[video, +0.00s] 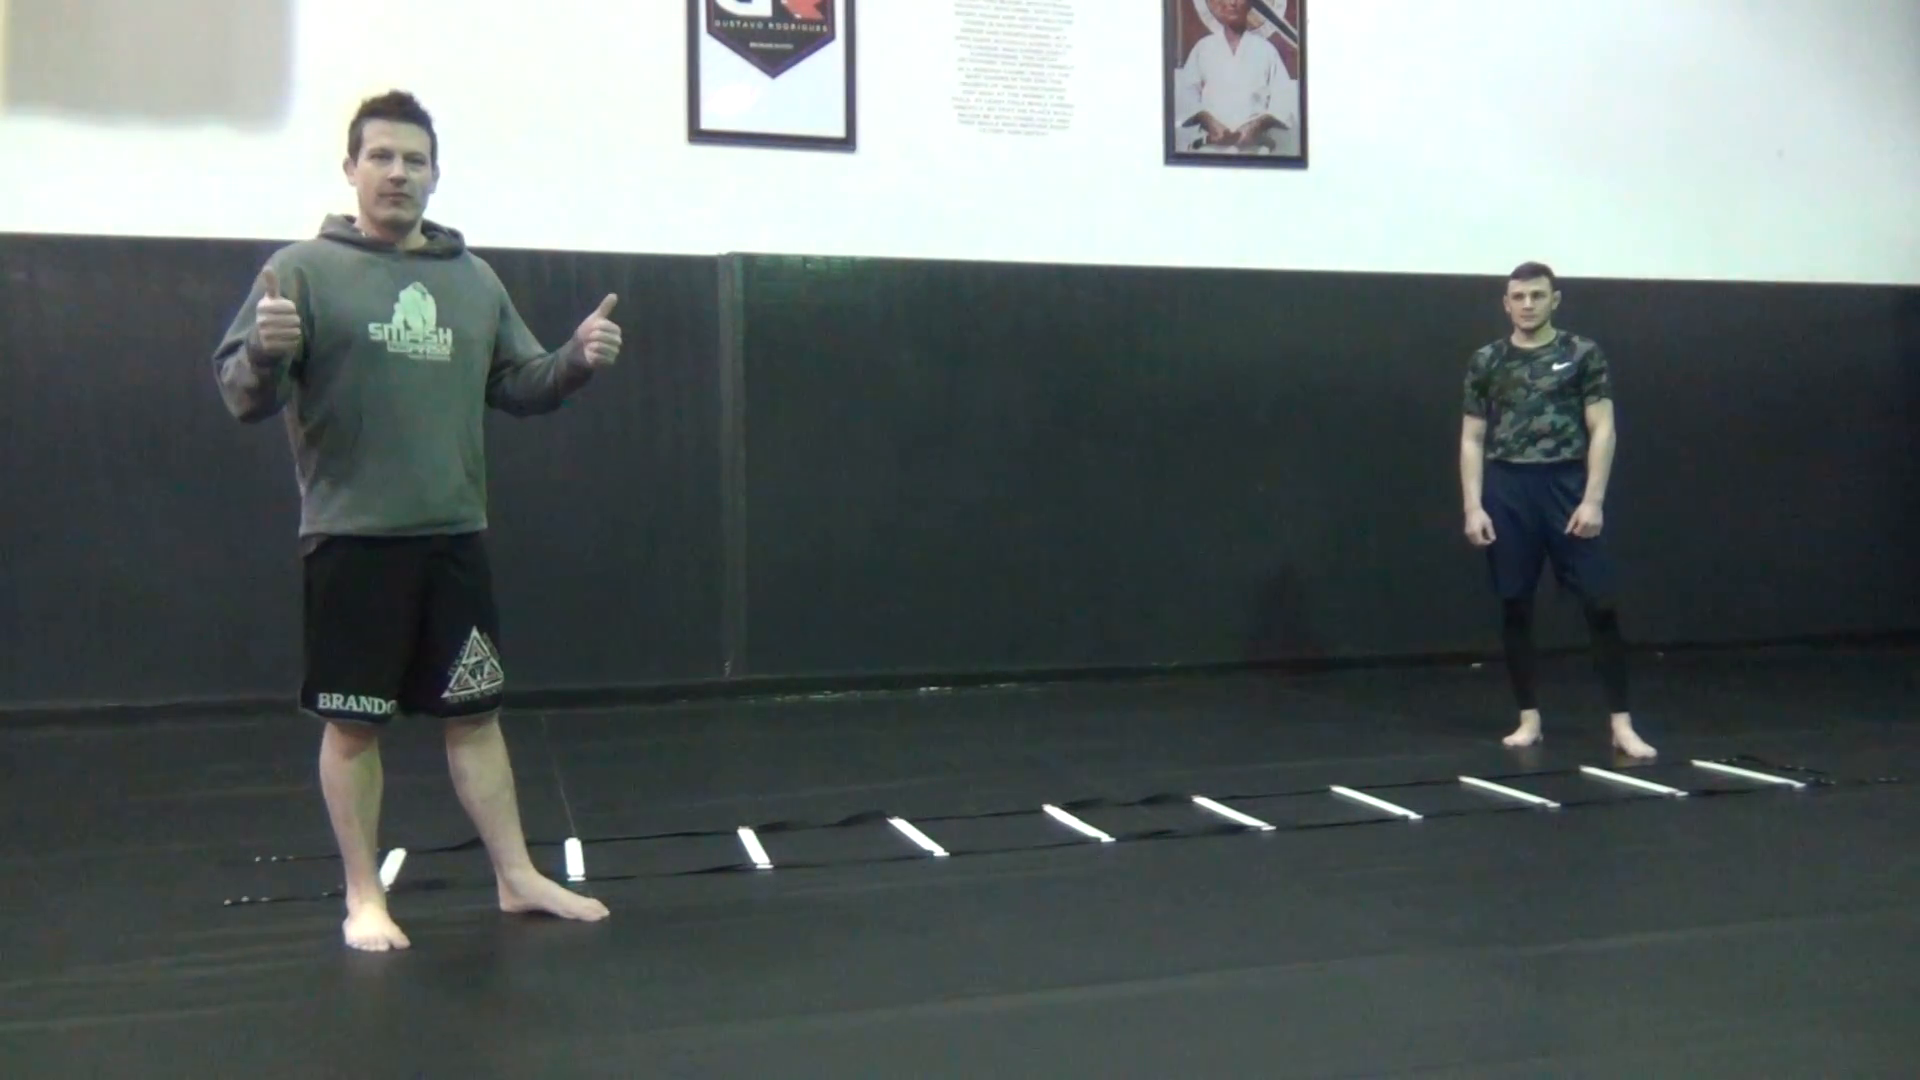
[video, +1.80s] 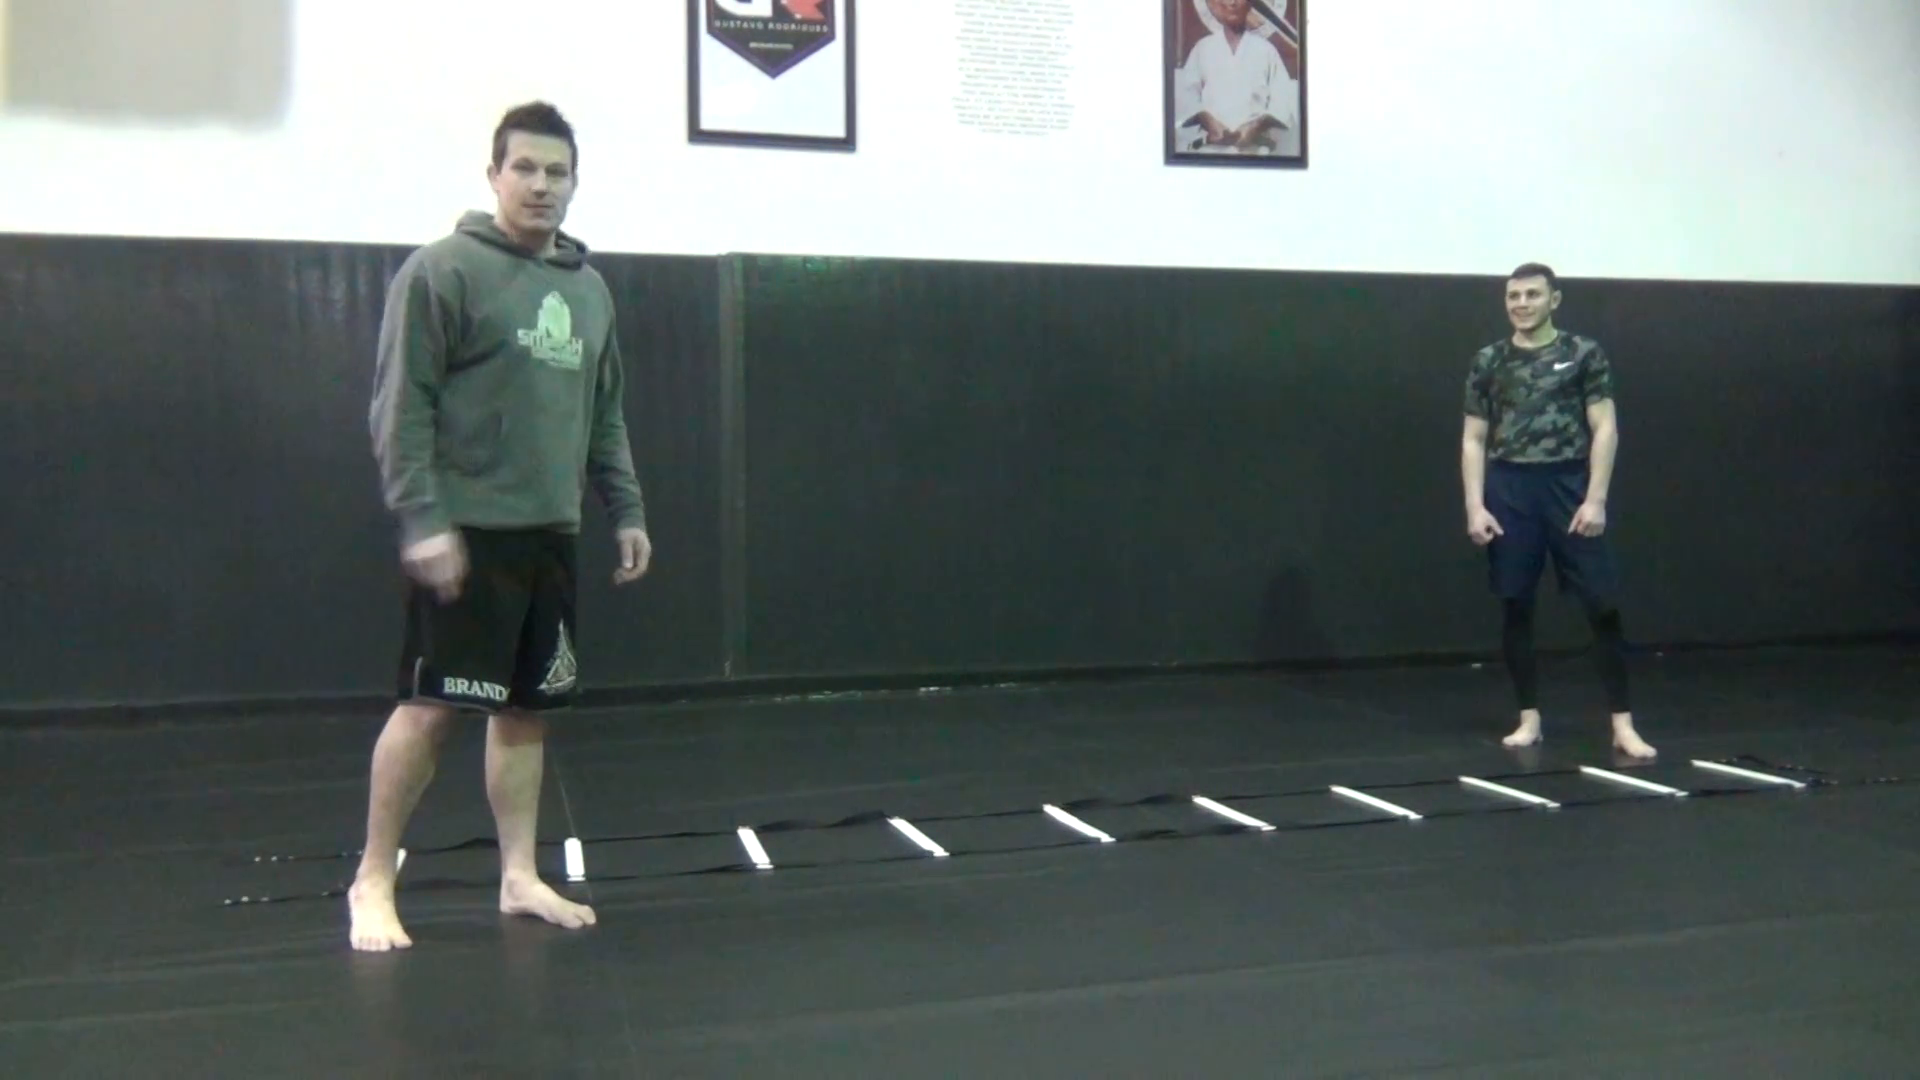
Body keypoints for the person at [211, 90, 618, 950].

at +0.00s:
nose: (396, 173)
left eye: (413, 160)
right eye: (380, 157)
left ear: (435, 174)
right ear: (350, 168)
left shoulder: (474, 279)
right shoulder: (301, 270)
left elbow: (519, 386)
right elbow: (242, 399)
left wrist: (573, 360)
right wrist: (261, 353)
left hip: (454, 530)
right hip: (350, 534)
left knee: (474, 711)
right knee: (352, 724)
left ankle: (518, 877)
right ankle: (364, 903)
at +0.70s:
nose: (514, 187)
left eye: (513, 172)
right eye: (498, 172)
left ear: (467, 179)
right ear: (439, 177)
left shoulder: (518, 278)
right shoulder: (367, 277)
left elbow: (562, 383)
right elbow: (325, 402)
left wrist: (611, 424)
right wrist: (371, 386)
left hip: (521, 527)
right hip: (430, 532)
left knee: (510, 711)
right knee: (404, 719)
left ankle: (519, 878)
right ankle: (369, 899)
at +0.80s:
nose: (526, 189)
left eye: (524, 174)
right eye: (510, 175)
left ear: (476, 183)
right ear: (456, 182)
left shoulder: (522, 278)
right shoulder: (383, 279)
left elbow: (563, 390)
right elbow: (371, 400)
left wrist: (599, 475)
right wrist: (456, 376)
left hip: (530, 527)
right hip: (442, 532)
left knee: (514, 711)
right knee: (411, 718)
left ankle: (518, 878)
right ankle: (369, 896)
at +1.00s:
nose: (538, 195)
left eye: (536, 180)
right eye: (524, 181)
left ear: (485, 186)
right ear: (469, 185)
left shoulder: (524, 274)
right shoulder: (405, 275)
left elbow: (549, 405)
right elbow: (470, 368)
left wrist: (568, 505)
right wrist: (580, 326)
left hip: (537, 523)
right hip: (460, 527)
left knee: (516, 712)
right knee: (421, 713)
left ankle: (519, 880)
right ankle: (367, 893)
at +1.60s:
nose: (528, 183)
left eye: (542, 169)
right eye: (510, 166)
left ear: (557, 182)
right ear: (476, 175)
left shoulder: (568, 281)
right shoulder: (436, 272)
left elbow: (591, 407)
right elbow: (423, 393)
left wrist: (620, 503)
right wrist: (564, 425)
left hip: (554, 525)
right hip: (472, 522)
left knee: (527, 708)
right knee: (434, 706)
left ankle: (520, 880)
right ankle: (373, 886)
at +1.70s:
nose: (533, 184)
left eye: (549, 170)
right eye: (517, 167)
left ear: (564, 182)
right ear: (483, 174)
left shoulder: (578, 284)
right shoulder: (437, 273)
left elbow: (600, 410)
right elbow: (402, 400)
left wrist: (621, 503)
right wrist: (498, 479)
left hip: (554, 536)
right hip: (468, 531)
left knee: (527, 710)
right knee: (434, 708)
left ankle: (520, 881)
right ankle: (374, 886)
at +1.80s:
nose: (541, 185)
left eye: (557, 172)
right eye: (526, 168)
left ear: (574, 184)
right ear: (494, 175)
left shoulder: (589, 288)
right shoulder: (439, 273)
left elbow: (607, 414)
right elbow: (399, 408)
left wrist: (627, 512)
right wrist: (422, 520)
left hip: (549, 534)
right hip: (464, 529)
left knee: (525, 710)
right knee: (429, 706)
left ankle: (521, 880)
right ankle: (375, 883)